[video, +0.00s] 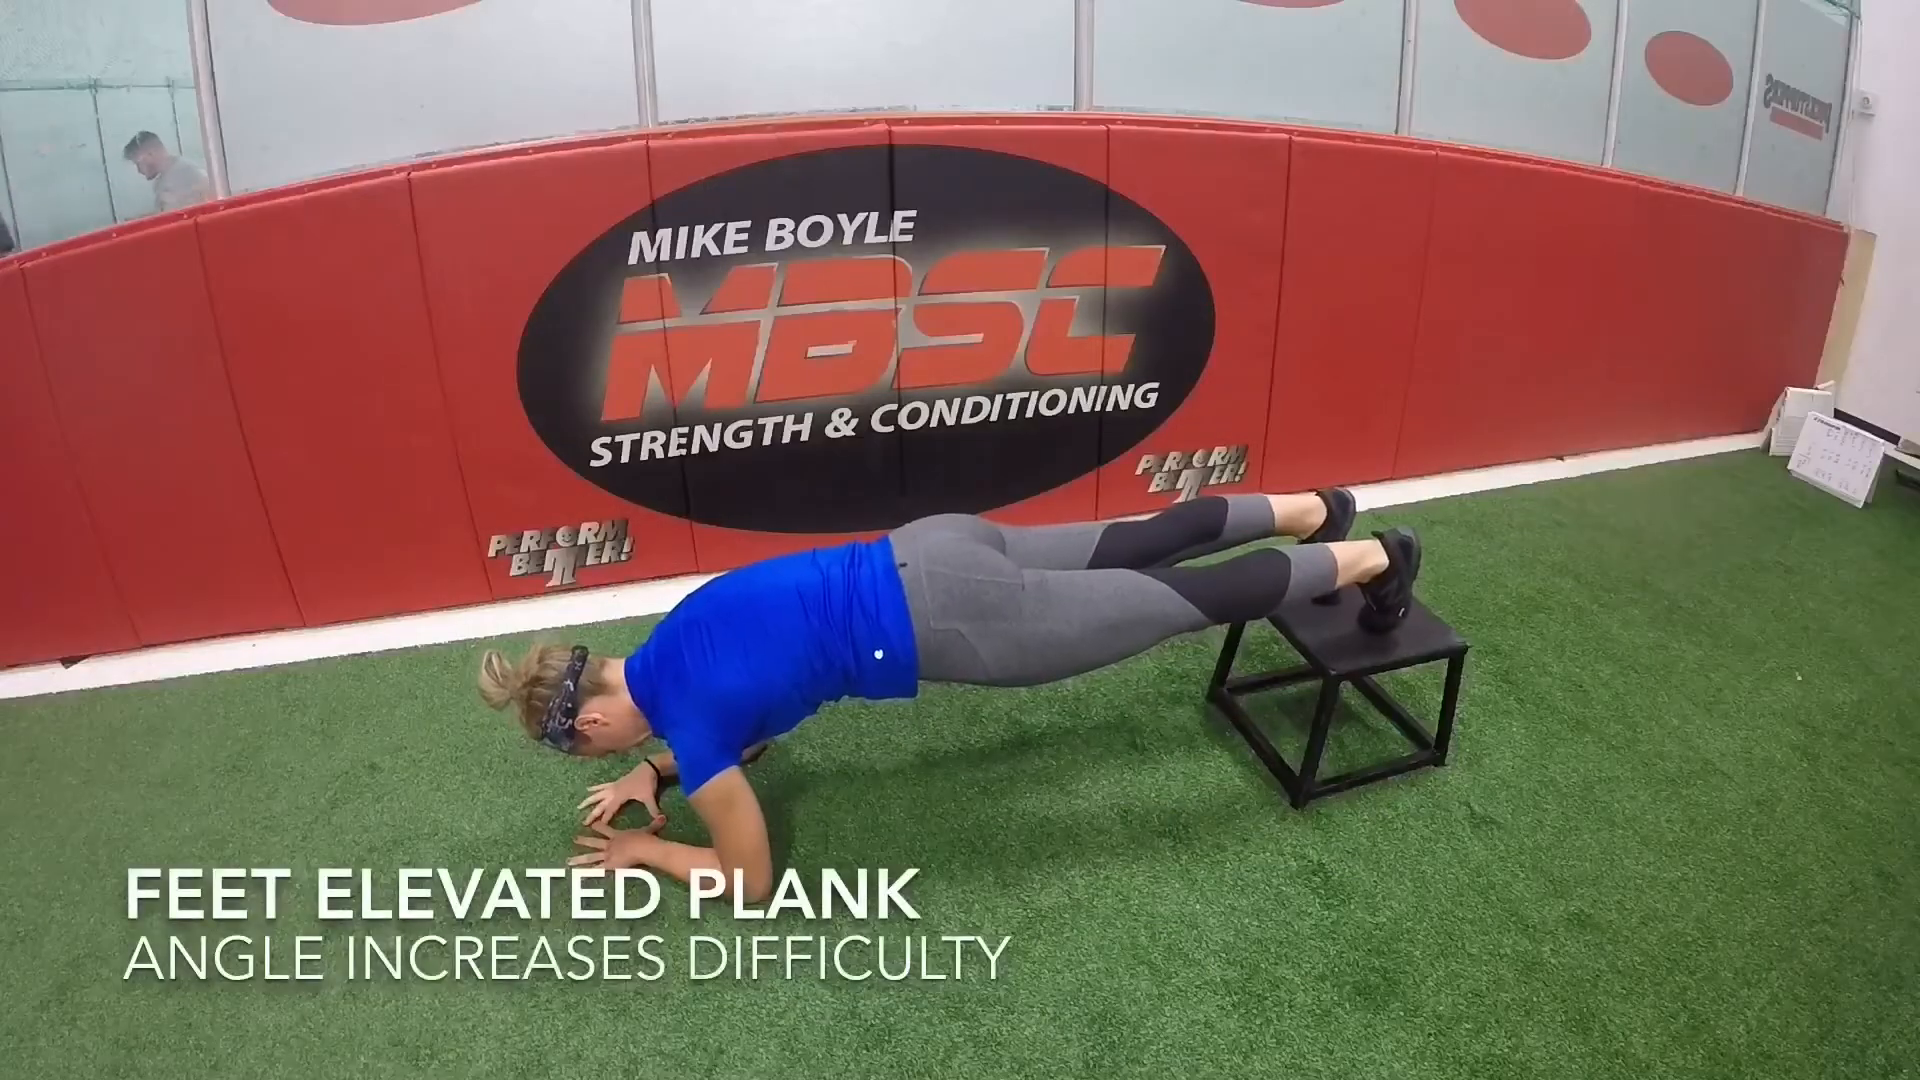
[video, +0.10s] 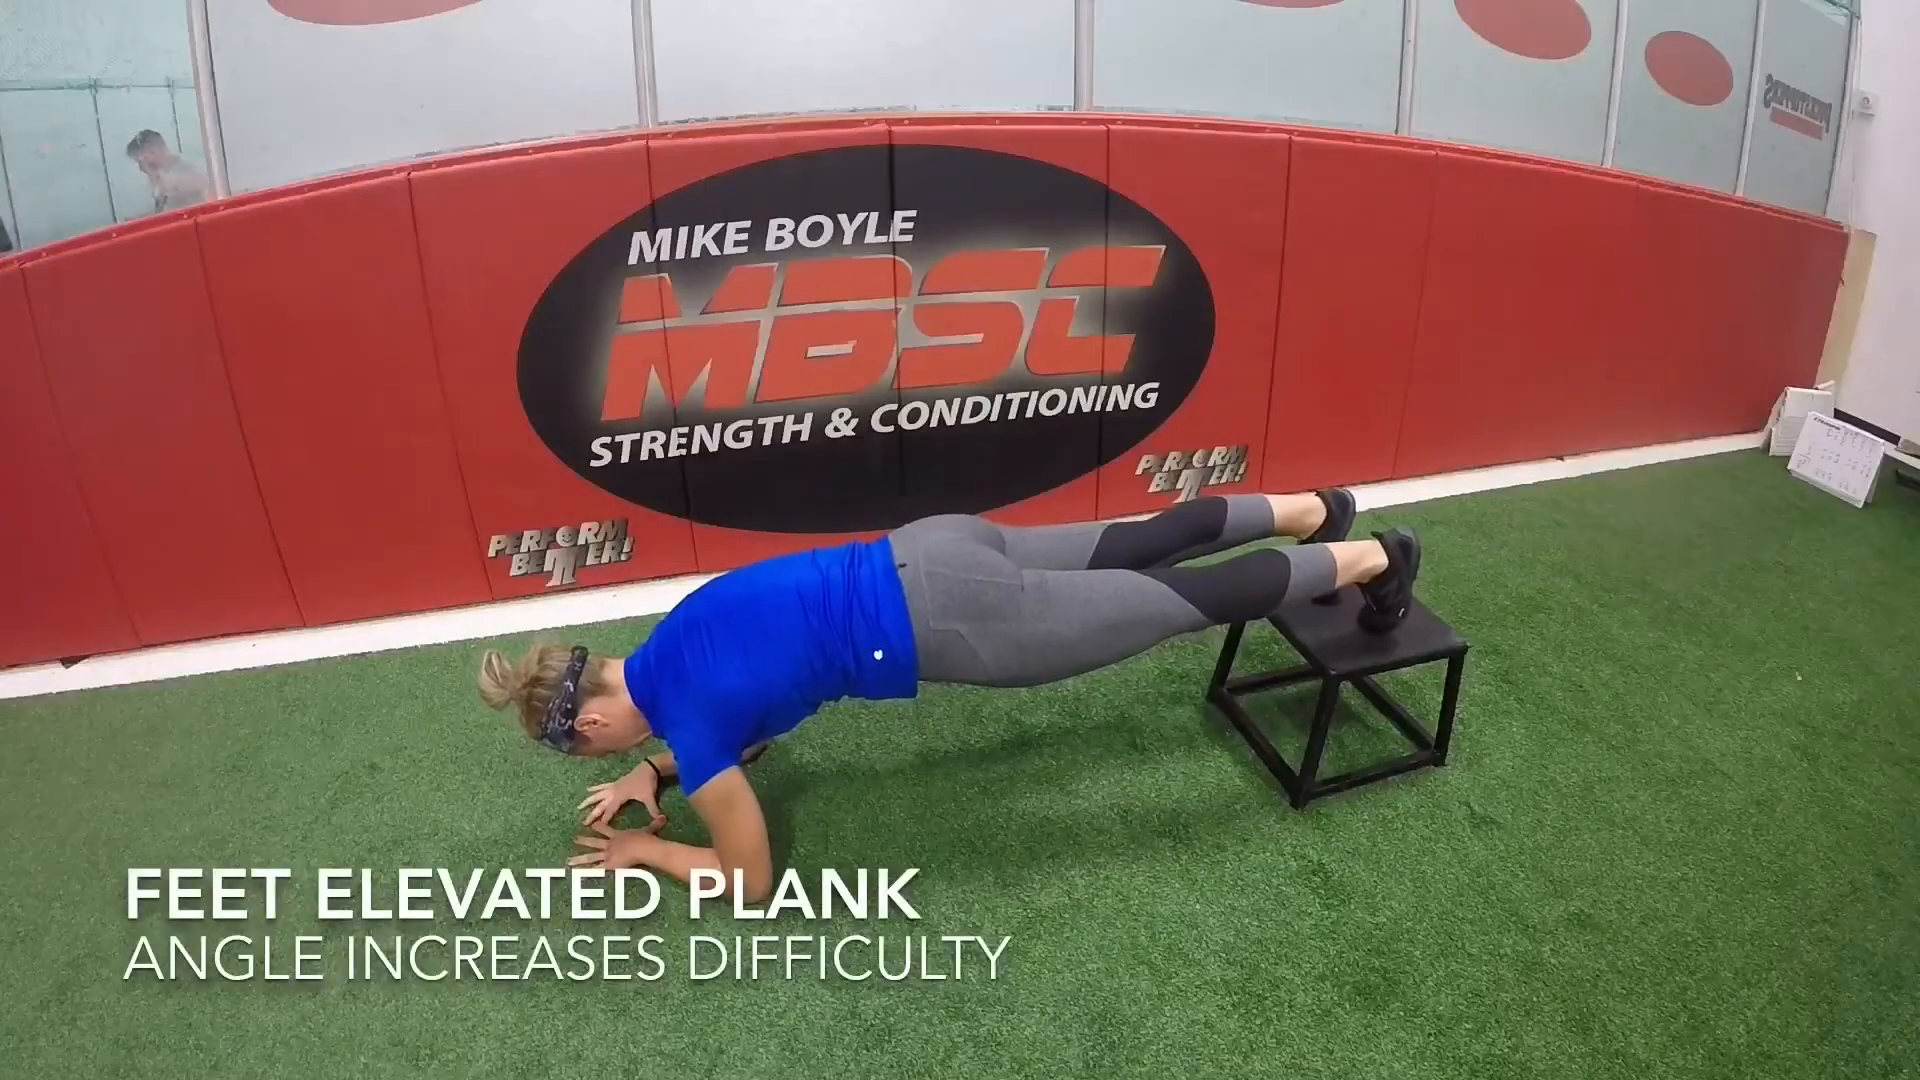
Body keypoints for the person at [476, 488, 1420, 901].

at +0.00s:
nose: (604, 750)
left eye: (589, 742)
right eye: (592, 743)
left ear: (599, 710)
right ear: (597, 669)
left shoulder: (690, 721)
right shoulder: (670, 629)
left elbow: (748, 879)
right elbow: (747, 738)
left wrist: (644, 852)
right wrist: (662, 790)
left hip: (937, 625)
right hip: (923, 540)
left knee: (1169, 605)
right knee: (1119, 543)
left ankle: (1341, 562)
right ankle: (1278, 509)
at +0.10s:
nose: (604, 751)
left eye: (588, 743)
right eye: (592, 744)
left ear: (598, 711)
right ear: (597, 670)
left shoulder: (690, 720)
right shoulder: (670, 629)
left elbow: (748, 879)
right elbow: (748, 739)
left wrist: (645, 851)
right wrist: (662, 790)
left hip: (937, 625)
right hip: (923, 540)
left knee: (1169, 605)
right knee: (1120, 544)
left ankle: (1340, 563)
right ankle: (1278, 509)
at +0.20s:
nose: (606, 752)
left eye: (590, 743)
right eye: (594, 745)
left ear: (599, 712)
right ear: (598, 668)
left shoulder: (689, 720)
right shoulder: (671, 630)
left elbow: (749, 879)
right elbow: (748, 740)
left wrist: (645, 851)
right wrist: (663, 790)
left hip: (936, 625)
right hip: (922, 540)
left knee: (1168, 606)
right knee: (1117, 544)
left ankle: (1340, 562)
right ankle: (1278, 510)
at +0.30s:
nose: (606, 751)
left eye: (591, 742)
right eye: (595, 744)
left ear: (600, 710)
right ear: (597, 670)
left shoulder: (690, 720)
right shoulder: (669, 630)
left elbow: (749, 880)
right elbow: (747, 739)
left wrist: (645, 851)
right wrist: (662, 789)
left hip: (935, 624)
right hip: (921, 540)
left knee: (1168, 606)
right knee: (1117, 544)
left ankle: (1341, 562)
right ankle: (1279, 509)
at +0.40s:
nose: (607, 752)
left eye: (591, 743)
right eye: (595, 745)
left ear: (600, 710)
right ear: (599, 669)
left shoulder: (690, 719)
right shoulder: (672, 630)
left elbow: (748, 878)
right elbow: (749, 740)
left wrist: (646, 852)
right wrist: (663, 789)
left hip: (937, 626)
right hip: (921, 540)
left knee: (1171, 607)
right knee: (1120, 544)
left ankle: (1342, 564)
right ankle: (1277, 508)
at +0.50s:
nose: (609, 752)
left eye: (593, 743)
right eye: (597, 745)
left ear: (602, 710)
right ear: (601, 670)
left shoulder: (689, 717)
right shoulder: (672, 630)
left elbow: (748, 878)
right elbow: (750, 742)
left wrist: (645, 852)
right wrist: (661, 792)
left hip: (939, 626)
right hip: (919, 540)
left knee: (1173, 607)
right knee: (1118, 545)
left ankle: (1343, 566)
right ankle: (1273, 508)